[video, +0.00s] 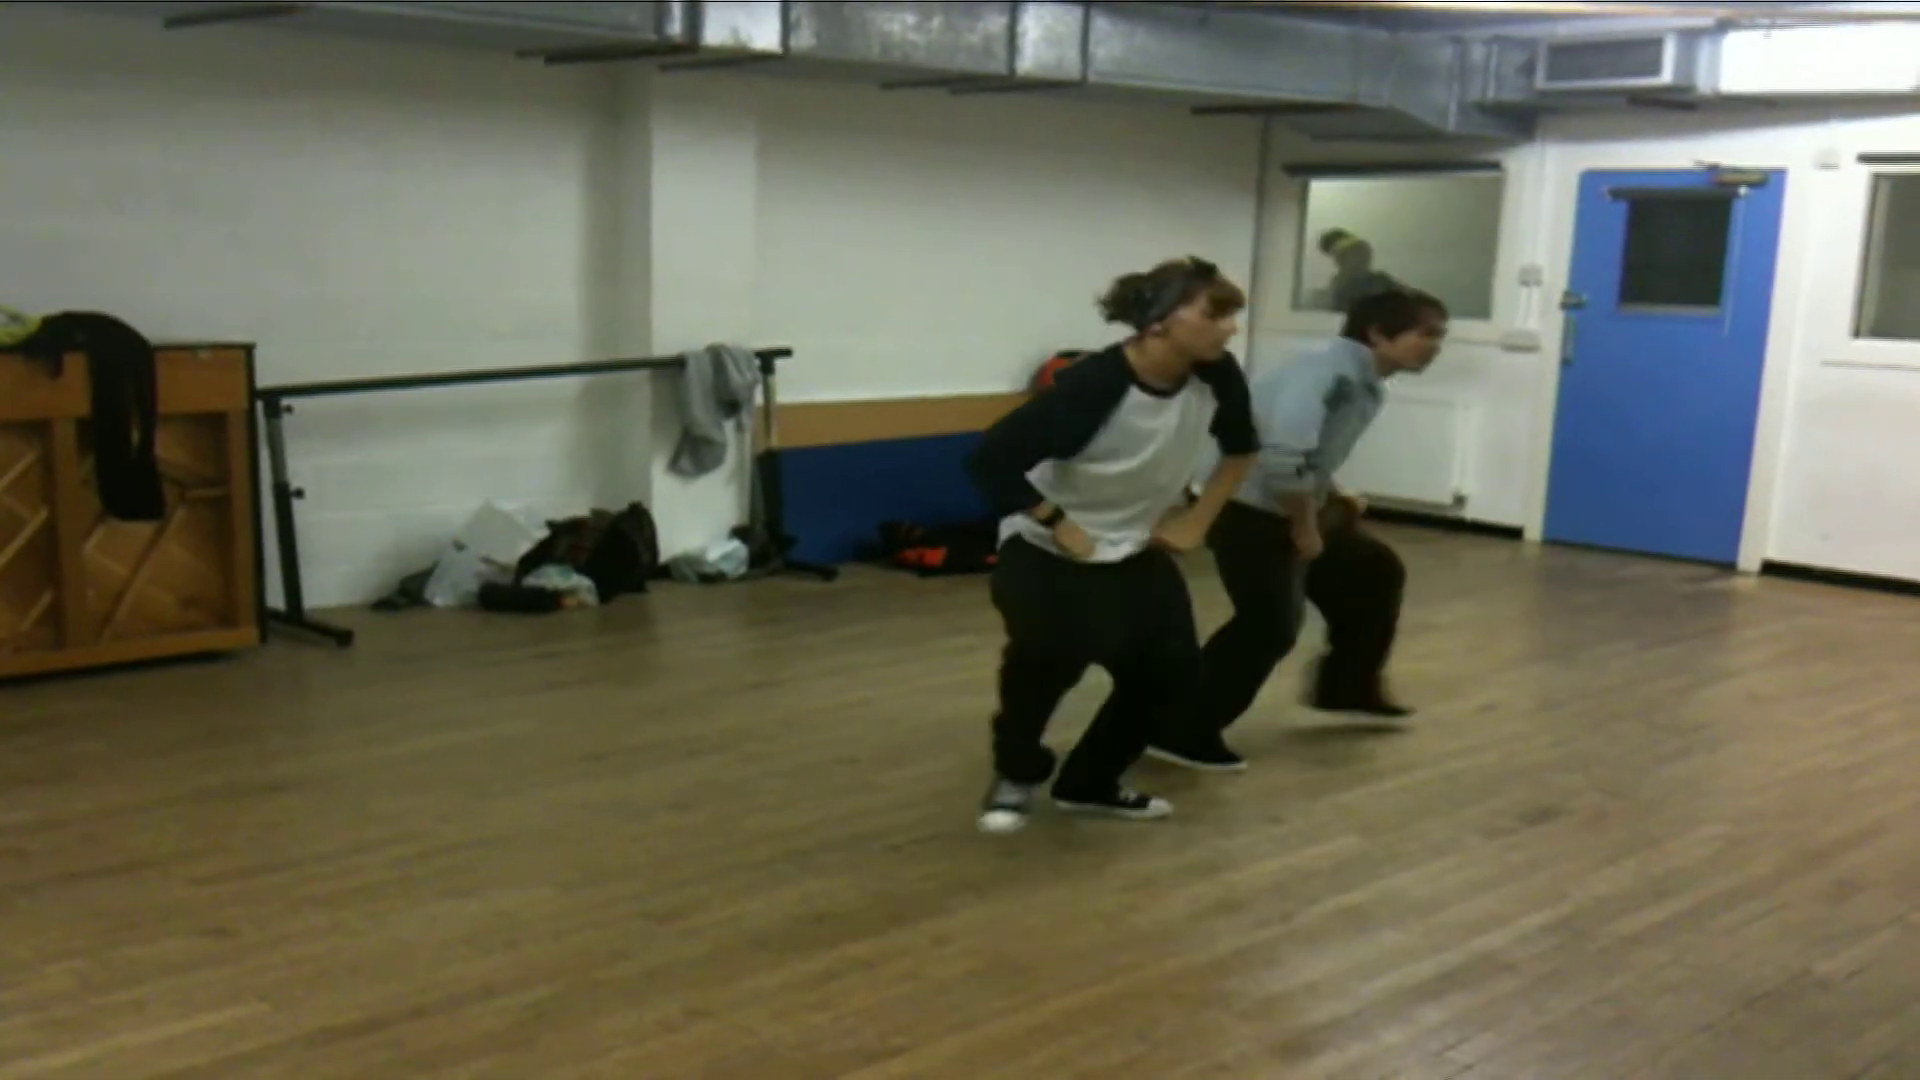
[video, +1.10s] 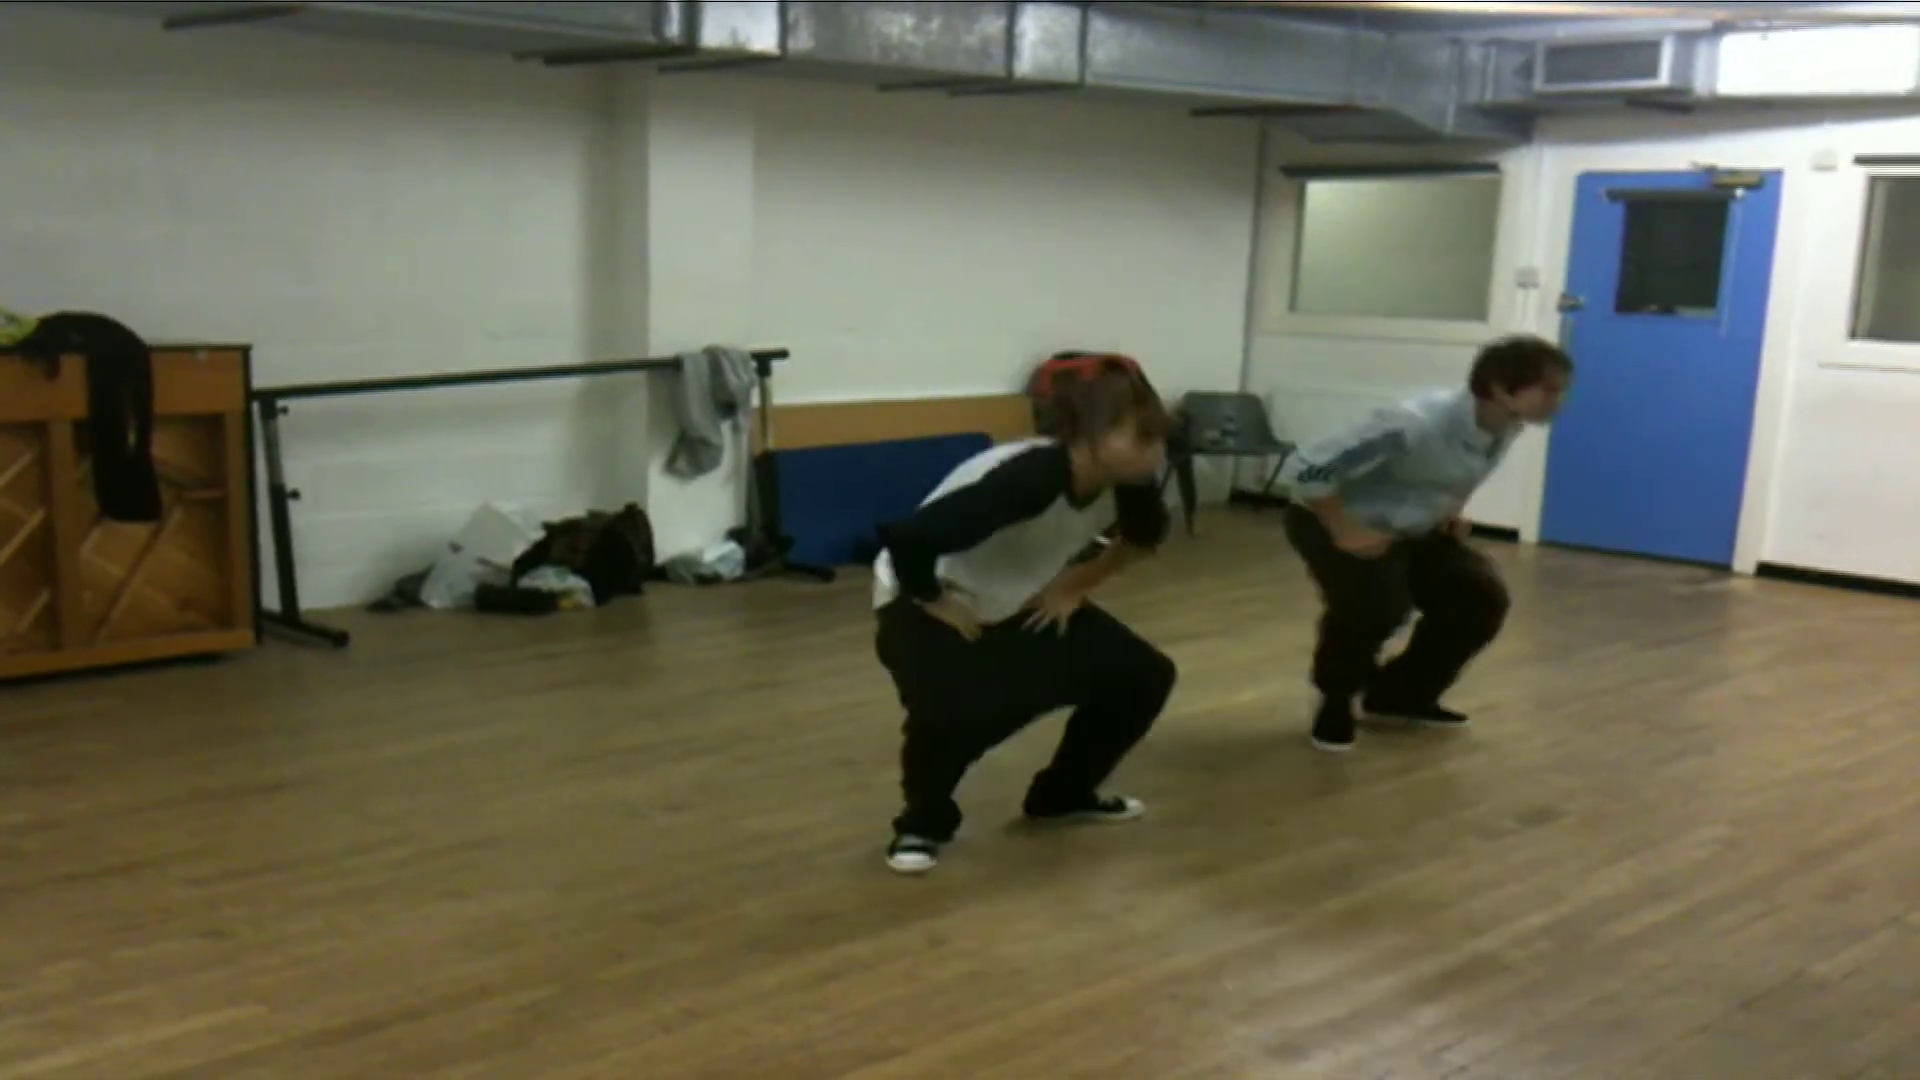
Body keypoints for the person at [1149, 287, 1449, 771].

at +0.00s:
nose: (1434, 347)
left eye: (1437, 338)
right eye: (1425, 335)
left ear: (1384, 337)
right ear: (1381, 334)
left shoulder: (1364, 386)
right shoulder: (1320, 370)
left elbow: (1313, 458)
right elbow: (1284, 460)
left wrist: (1336, 498)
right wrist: (1304, 523)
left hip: (1298, 514)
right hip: (1247, 514)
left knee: (1375, 574)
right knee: (1271, 621)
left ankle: (1347, 686)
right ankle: (1185, 722)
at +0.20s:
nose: (1459, 305)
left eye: (1459, 294)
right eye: (1449, 295)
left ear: (1418, 307)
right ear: (1409, 305)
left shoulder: (1419, 357)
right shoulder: (1374, 362)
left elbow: (1367, 435)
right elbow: (1298, 438)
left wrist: (1373, 499)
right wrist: (1307, 513)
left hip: (1347, 498)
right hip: (1296, 496)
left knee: (1376, 589)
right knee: (1282, 617)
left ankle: (1388, 698)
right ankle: (1180, 723)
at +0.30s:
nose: (1455, 292)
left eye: (1455, 282)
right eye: (1444, 281)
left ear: (1406, 291)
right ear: (1398, 289)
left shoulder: (1414, 353)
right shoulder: (1355, 355)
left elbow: (1392, 441)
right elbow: (1315, 449)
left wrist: (1411, 509)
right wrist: (1347, 514)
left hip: (1388, 504)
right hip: (1334, 503)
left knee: (1419, 583)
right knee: (1307, 616)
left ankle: (1396, 693)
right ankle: (1202, 715)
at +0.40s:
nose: (1450, 290)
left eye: (1451, 280)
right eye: (1438, 279)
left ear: (1404, 291)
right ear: (1396, 288)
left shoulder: (1431, 346)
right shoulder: (1335, 356)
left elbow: (1446, 427)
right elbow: (1318, 452)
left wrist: (1455, 491)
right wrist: (1363, 512)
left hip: (1422, 505)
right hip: (1351, 506)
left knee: (1448, 584)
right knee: (1337, 612)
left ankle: (1395, 691)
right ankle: (1239, 717)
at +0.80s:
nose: (1489, 323)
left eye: (1491, 313)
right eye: (1480, 312)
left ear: (1442, 320)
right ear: (1435, 318)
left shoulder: (1468, 372)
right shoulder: (1356, 378)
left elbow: (1466, 434)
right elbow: (1288, 454)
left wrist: (1451, 492)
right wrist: (1329, 516)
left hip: (1405, 528)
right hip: (1328, 525)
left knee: (1462, 611)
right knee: (1315, 620)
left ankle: (1415, 683)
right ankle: (1198, 712)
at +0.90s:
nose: (1516, 351)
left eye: (1518, 340)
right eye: (1507, 339)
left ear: (1473, 346)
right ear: (1463, 342)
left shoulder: (1495, 391)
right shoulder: (1380, 389)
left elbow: (1489, 446)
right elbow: (1305, 470)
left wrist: (1456, 500)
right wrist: (1354, 515)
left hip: (1409, 518)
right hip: (1336, 512)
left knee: (1455, 622)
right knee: (1399, 607)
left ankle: (1433, 697)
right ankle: (1283, 691)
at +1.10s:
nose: (1555, 401)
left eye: (1557, 391)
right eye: (1546, 390)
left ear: (1505, 394)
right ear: (1499, 391)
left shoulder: (1502, 430)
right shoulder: (1415, 425)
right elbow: (1304, 470)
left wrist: (1447, 514)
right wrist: (1343, 529)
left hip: (1407, 529)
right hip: (1335, 524)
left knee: (1478, 598)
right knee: (1374, 596)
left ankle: (1403, 692)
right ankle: (1336, 697)